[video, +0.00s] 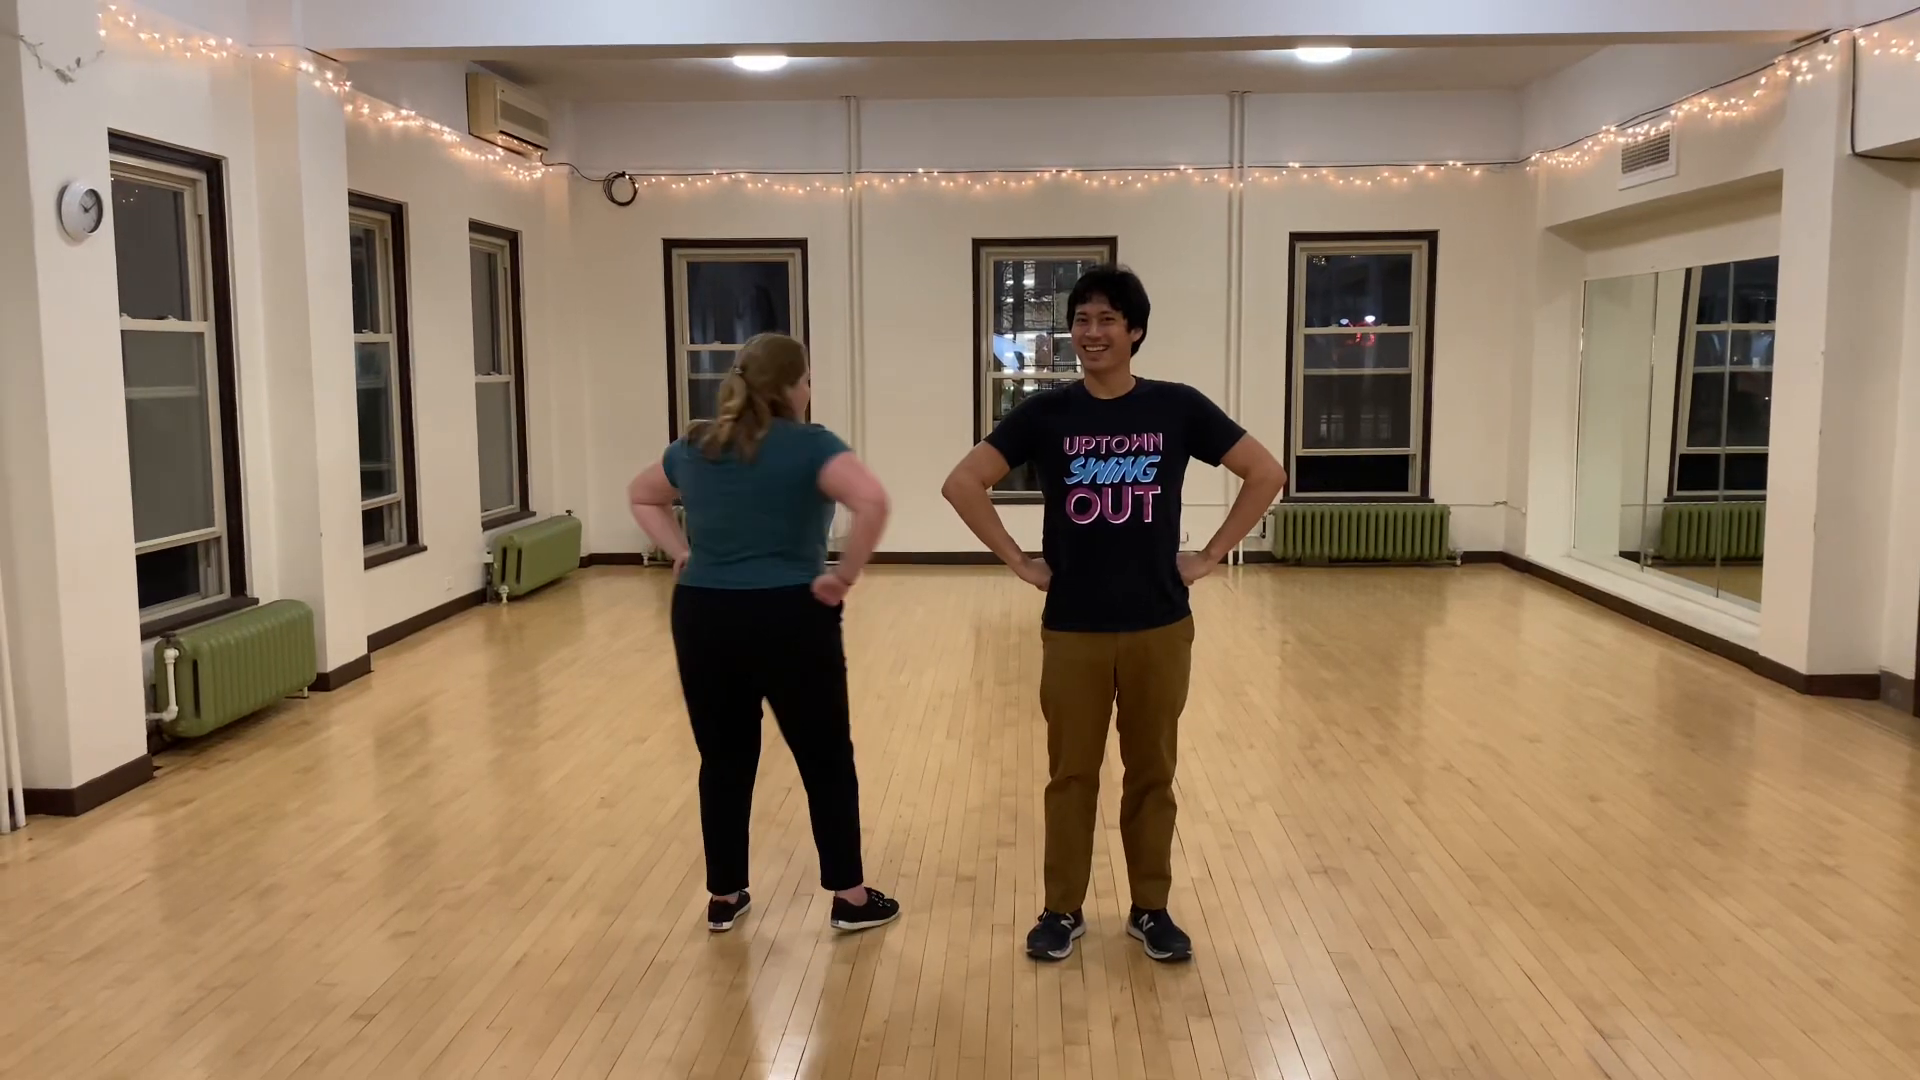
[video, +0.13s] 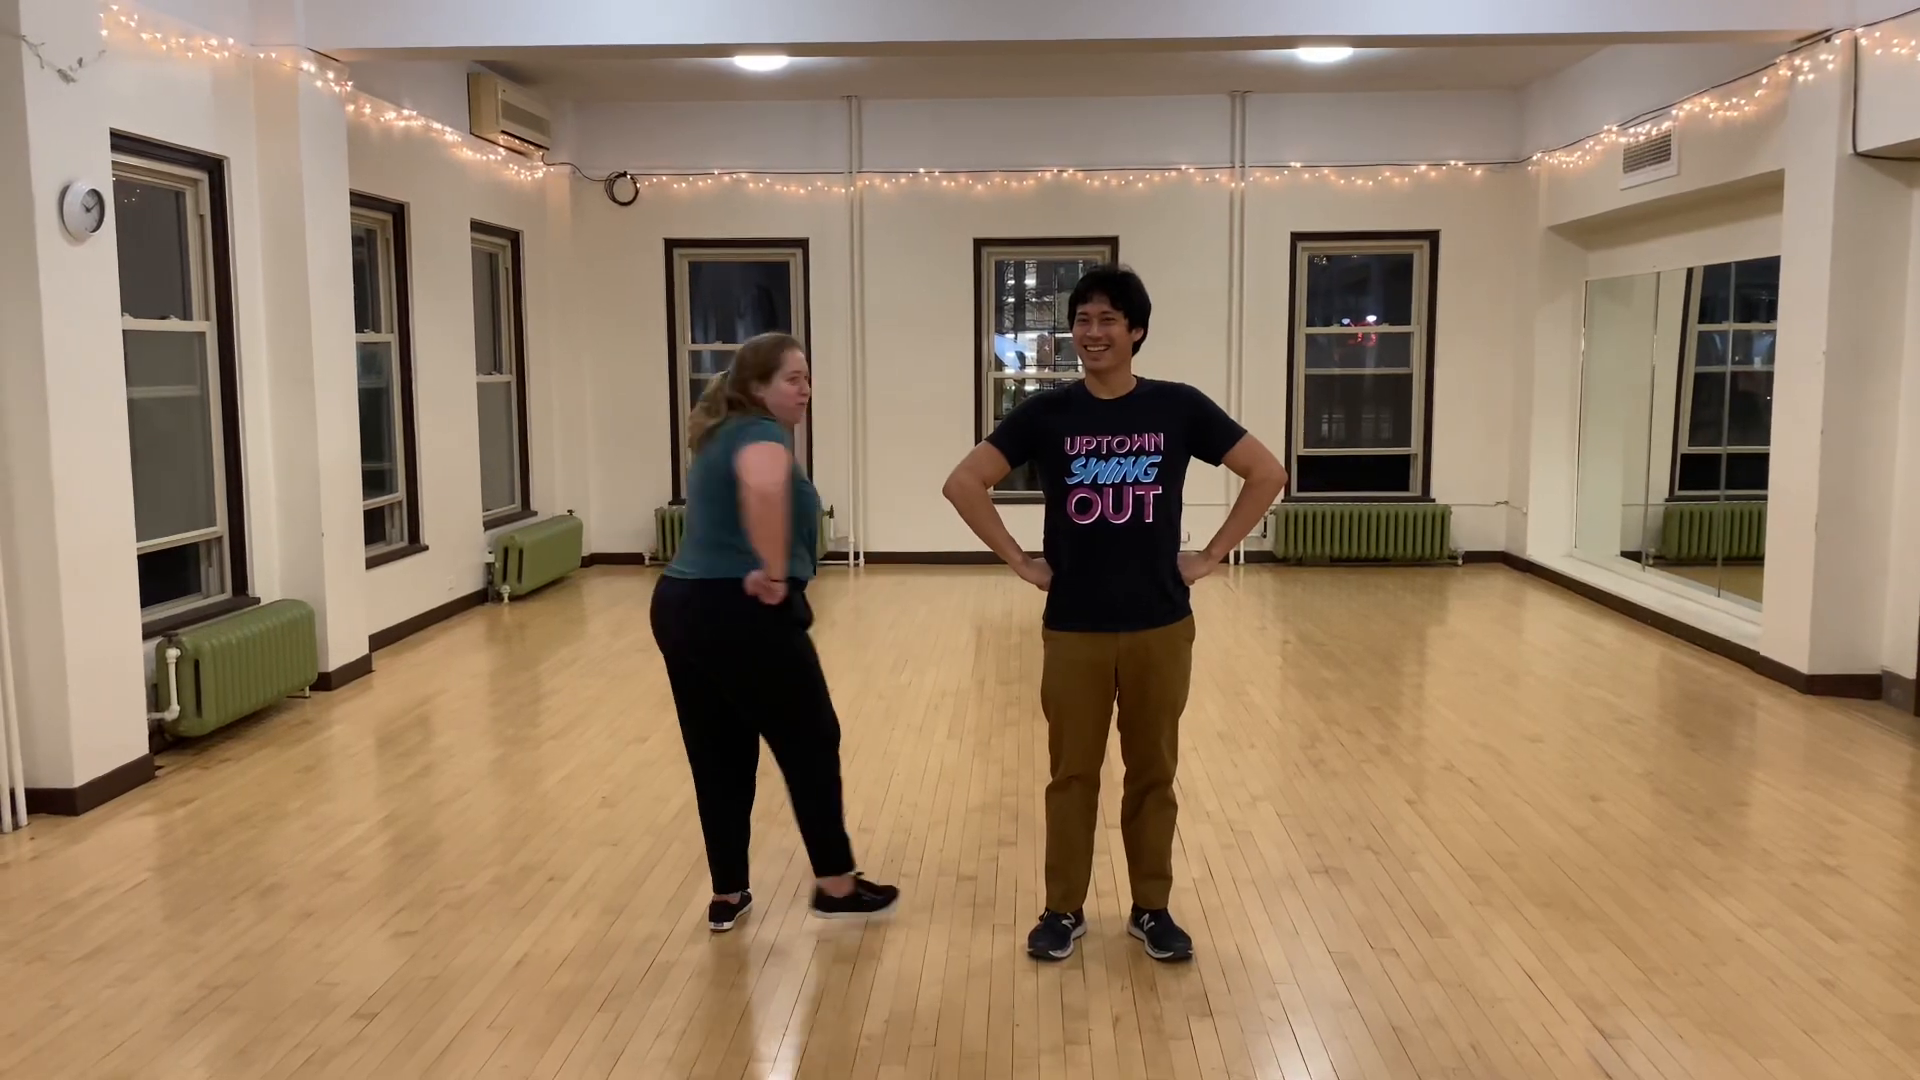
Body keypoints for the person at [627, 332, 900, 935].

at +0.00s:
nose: (810, 391)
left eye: (808, 380)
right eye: (807, 382)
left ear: (742, 386)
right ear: (792, 388)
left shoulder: (696, 448)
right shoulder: (809, 444)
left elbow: (643, 497)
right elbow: (872, 500)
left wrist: (682, 553)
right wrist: (842, 576)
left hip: (705, 622)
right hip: (793, 622)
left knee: (724, 759)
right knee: (826, 758)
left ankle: (725, 895)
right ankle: (848, 894)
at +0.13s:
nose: (805, 390)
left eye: (806, 379)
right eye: (793, 379)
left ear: (746, 390)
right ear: (757, 385)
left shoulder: (720, 437)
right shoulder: (761, 434)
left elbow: (710, 521)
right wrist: (774, 569)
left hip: (685, 604)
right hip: (747, 607)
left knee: (719, 749)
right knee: (810, 736)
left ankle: (727, 892)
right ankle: (836, 881)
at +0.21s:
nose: (784, 386)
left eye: (793, 376)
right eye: (771, 375)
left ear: (800, 386)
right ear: (742, 382)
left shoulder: (762, 443)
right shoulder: (732, 431)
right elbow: (694, 479)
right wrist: (724, 562)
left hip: (705, 607)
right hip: (722, 611)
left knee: (719, 751)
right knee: (801, 733)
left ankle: (725, 891)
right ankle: (783, 877)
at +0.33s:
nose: (758, 383)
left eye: (770, 373)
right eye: (745, 372)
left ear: (786, 382)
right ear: (724, 380)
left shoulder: (788, 446)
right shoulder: (701, 431)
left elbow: (819, 505)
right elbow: (628, 478)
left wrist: (789, 551)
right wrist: (674, 565)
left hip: (753, 610)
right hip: (694, 606)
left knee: (728, 748)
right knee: (748, 742)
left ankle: (723, 887)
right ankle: (699, 892)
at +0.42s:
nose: (746, 386)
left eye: (758, 376)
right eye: (734, 375)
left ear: (775, 386)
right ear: (714, 381)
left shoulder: (784, 449)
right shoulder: (684, 433)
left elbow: (828, 505)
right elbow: (604, 483)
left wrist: (786, 559)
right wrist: (654, 570)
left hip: (757, 614)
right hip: (686, 613)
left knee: (740, 759)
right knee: (695, 763)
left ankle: (723, 892)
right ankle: (662, 922)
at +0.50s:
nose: (732, 390)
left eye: (745, 380)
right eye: (720, 378)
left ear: (763, 389)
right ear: (700, 384)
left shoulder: (776, 452)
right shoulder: (666, 438)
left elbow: (832, 502)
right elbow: (586, 491)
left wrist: (786, 564)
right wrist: (638, 576)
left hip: (757, 623)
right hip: (680, 623)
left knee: (744, 764)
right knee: (675, 772)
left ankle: (726, 893)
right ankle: (655, 928)